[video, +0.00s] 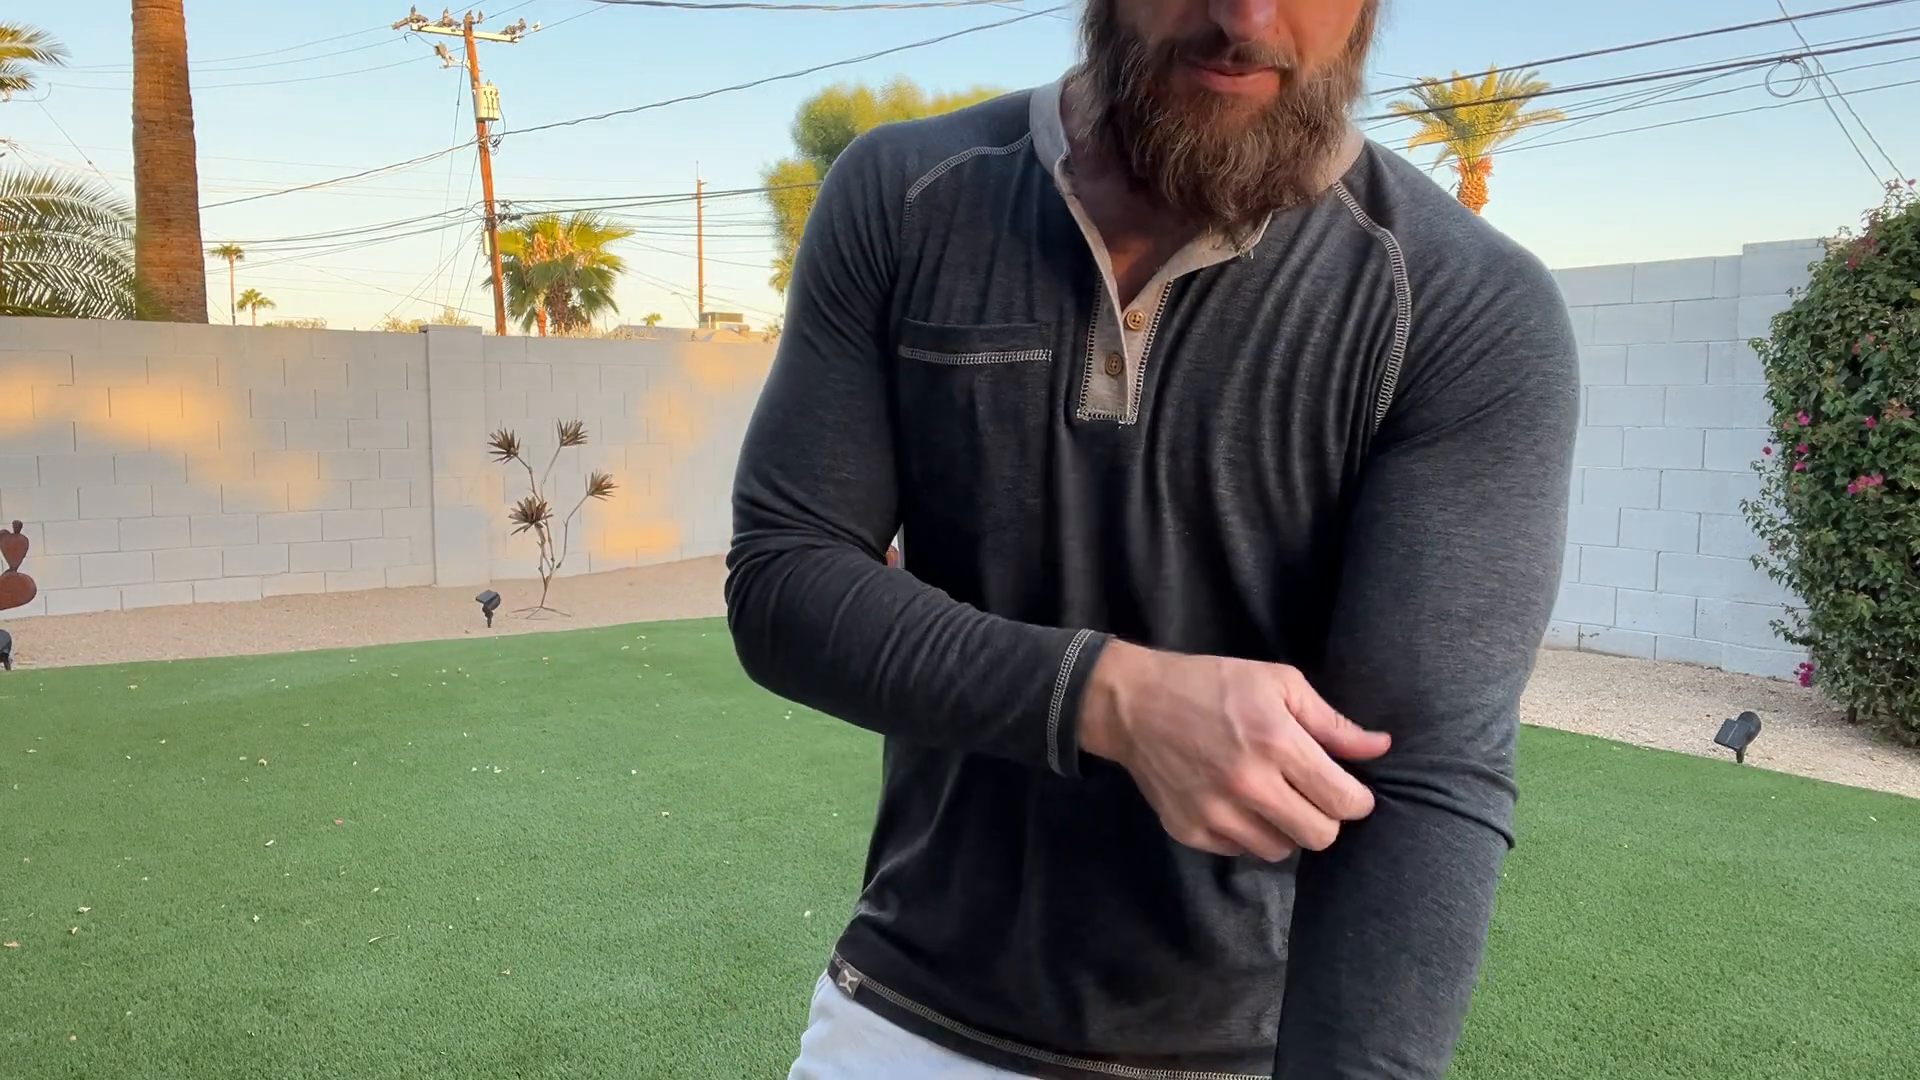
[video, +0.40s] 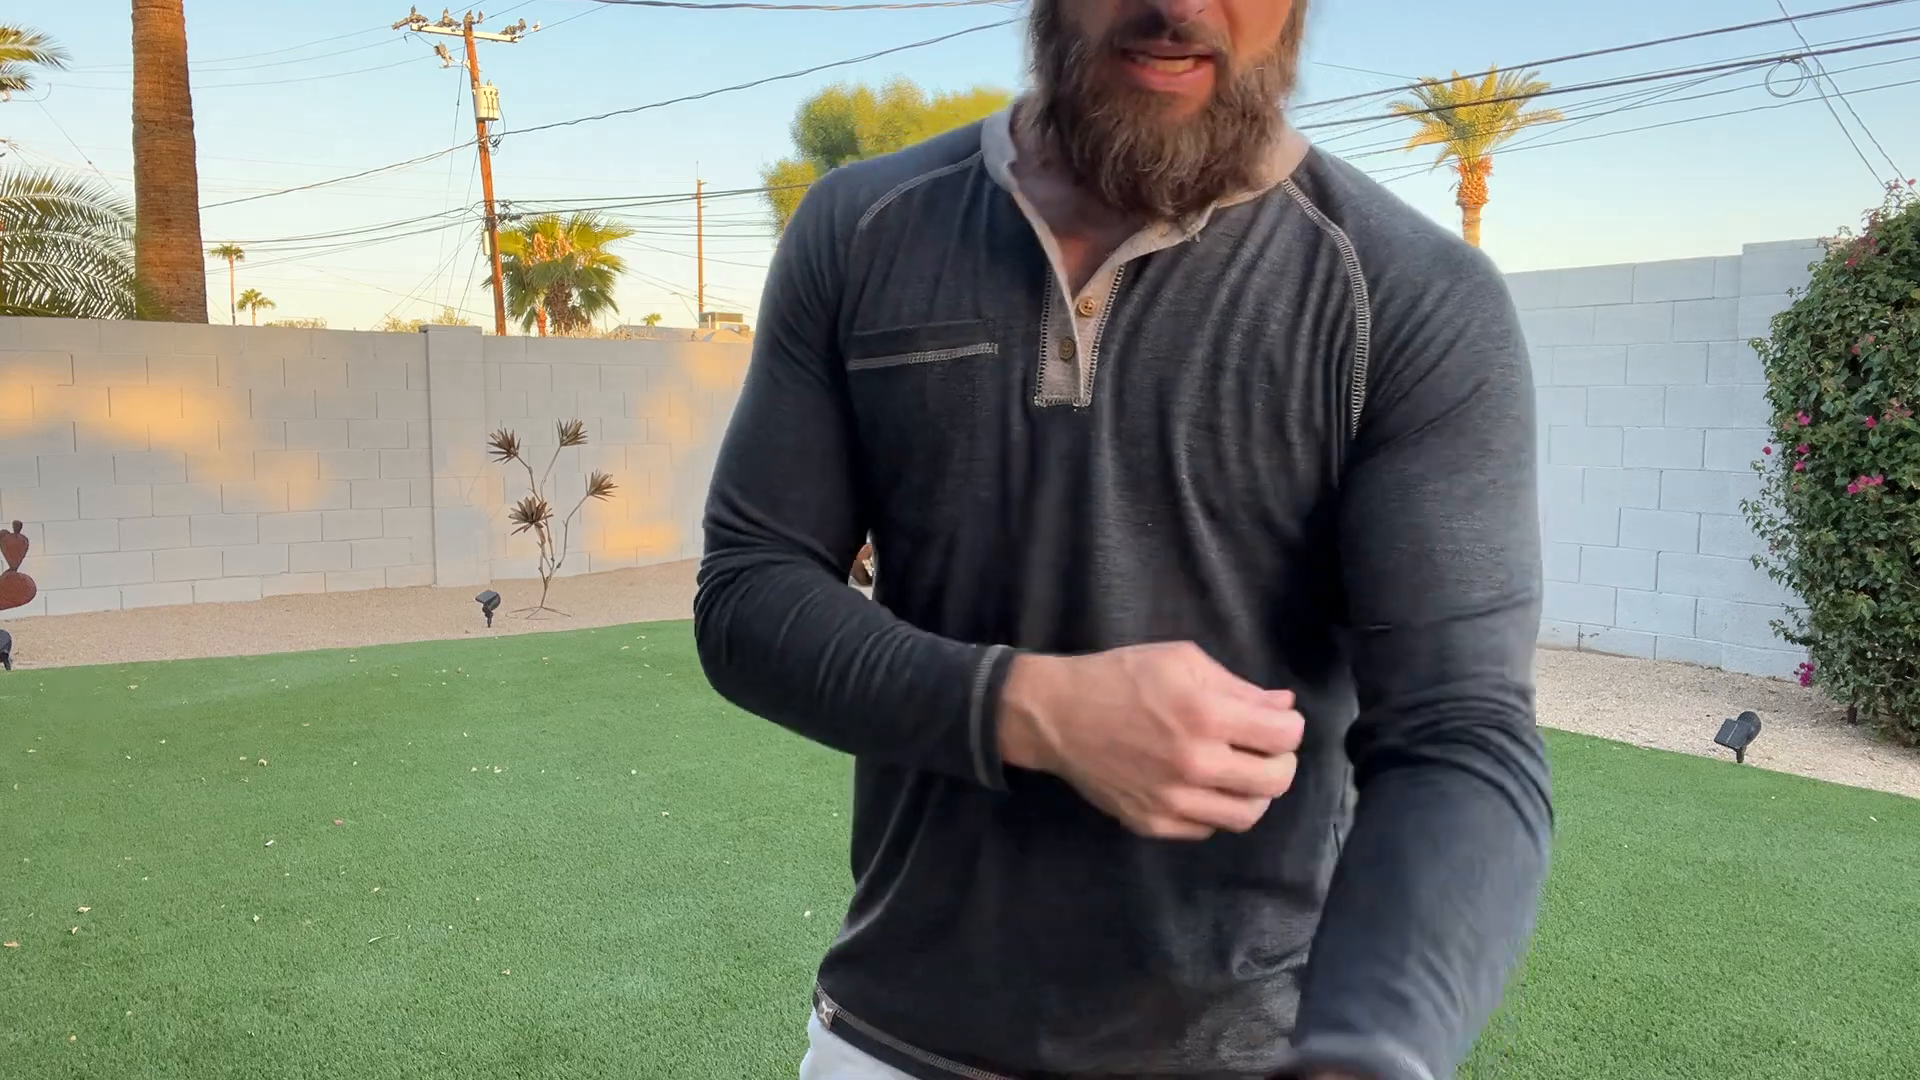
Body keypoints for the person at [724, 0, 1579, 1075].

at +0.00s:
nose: (1246, 19)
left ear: (1367, 6)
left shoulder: (1469, 309)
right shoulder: (897, 200)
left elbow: (1426, 783)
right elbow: (784, 585)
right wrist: (1111, 696)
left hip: (1254, 1045)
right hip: (916, 1021)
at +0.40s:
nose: (1173, 9)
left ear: (1293, 7)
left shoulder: (1416, 299)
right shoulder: (858, 237)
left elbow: (1460, 739)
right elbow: (748, 599)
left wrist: (1359, 1056)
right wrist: (1035, 707)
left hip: (1251, 1034)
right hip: (906, 1033)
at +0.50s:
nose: (1133, 7)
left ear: (1243, 15)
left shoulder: (1365, 284)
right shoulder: (827, 253)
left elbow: (1553, 681)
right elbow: (714, 589)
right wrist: (889, 666)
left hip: (1204, 1026)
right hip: (879, 1020)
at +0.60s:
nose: (1076, 1)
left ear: (1195, 5)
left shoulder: (1317, 263)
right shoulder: (802, 260)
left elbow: (1617, 582)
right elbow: (666, 583)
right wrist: (720, 609)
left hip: (1177, 1025)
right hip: (858, 1021)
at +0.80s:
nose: (1002, 38)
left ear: (1108, 23)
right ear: (886, 17)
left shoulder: (1230, 263)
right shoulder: (766, 286)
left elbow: (1499, 483)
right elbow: (688, 586)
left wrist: (1088, 550)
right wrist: (553, 619)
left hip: (1140, 1031)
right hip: (828, 1021)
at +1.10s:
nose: (914, 38)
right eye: (865, 0)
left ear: (1018, 16)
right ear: (800, 15)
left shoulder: (1173, 269)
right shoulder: (703, 299)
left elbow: (1363, 596)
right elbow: (663, 652)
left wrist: (1148, 604)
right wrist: (605, 579)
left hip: (1089, 980)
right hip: (816, 983)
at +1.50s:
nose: (1075, 10)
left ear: (1179, 14)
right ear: (932, 4)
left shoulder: (1293, 307)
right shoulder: (731, 270)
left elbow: (1387, 725)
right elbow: (583, 637)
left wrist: (1308, 621)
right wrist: (752, 563)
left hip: (1160, 1017)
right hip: (845, 1020)